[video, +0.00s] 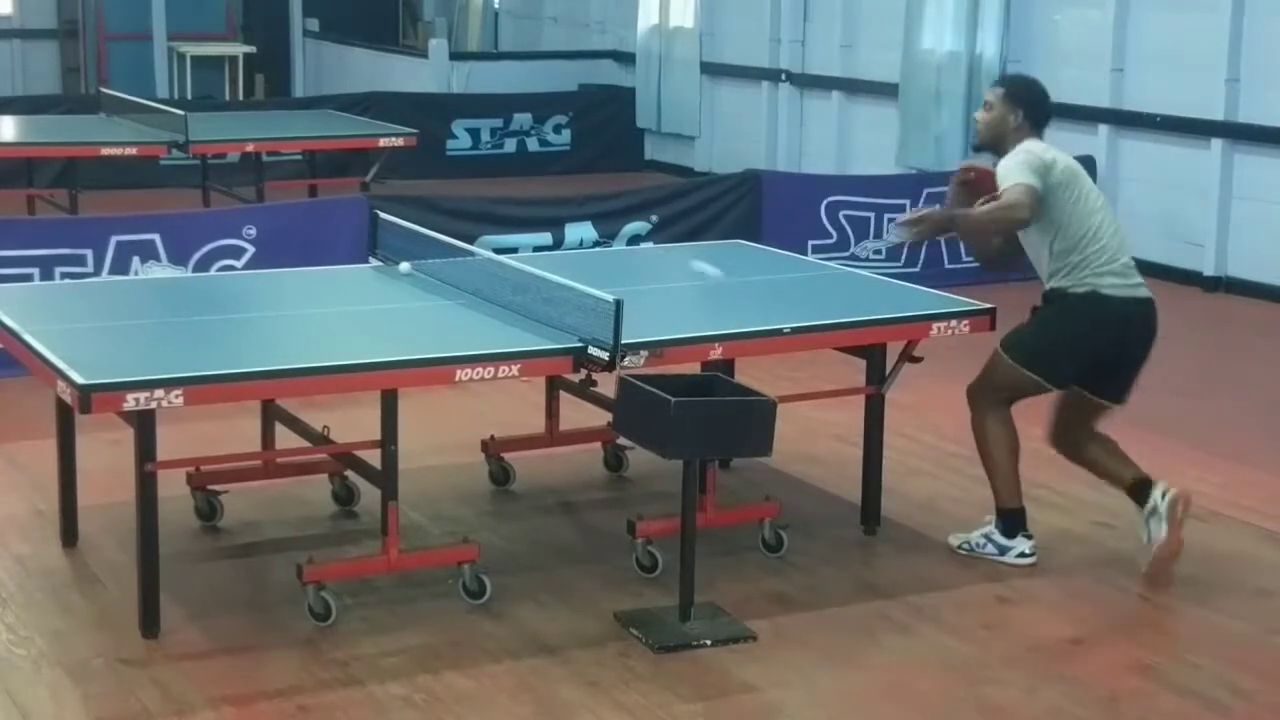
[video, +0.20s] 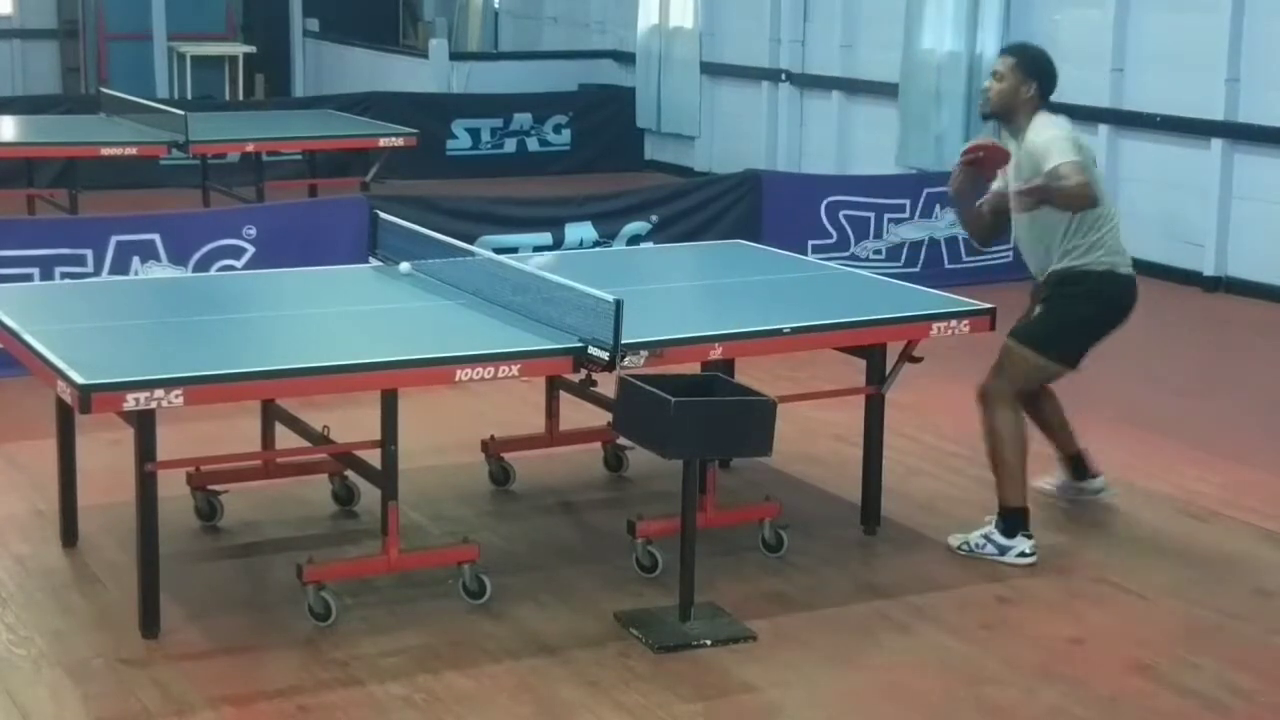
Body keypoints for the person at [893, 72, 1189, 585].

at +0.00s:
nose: (978, 116)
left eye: (987, 108)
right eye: (981, 107)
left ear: (1014, 116)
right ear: (1026, 121)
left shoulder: (1023, 157)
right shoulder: (1057, 167)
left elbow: (1019, 210)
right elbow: (990, 253)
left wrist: (945, 220)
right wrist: (964, 210)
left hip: (1086, 309)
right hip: (1135, 314)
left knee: (986, 396)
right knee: (1071, 432)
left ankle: (1010, 533)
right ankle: (1152, 498)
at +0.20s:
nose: (987, 85)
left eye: (998, 78)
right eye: (989, 77)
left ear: (1029, 89)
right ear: (1014, 90)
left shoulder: (1047, 132)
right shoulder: (1018, 153)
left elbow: (1084, 194)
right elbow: (984, 232)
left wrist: (1027, 196)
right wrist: (962, 198)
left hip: (1093, 280)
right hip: (1069, 280)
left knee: (997, 391)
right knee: (1022, 382)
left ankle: (1012, 529)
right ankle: (1081, 474)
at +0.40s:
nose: (1010, 41)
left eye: (1021, 33)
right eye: (1010, 32)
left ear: (1053, 44)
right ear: (1015, 44)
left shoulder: (1085, 101)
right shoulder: (1012, 106)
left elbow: (1146, 170)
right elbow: (1028, 185)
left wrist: (1093, 186)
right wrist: (1000, 172)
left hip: (1102, 240)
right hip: (1051, 243)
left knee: (1062, 353)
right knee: (1013, 341)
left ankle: (1102, 493)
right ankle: (1072, 444)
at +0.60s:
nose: (1024, 77)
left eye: (1035, 69)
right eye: (1024, 67)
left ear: (1068, 75)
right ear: (1034, 73)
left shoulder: (1113, 133)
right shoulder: (1025, 131)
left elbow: (1156, 204)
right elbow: (1029, 201)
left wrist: (1097, 230)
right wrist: (997, 206)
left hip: (1109, 269)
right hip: (1048, 265)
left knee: (1118, 383)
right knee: (1009, 346)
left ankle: (1198, 482)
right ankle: (1034, 432)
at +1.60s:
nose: (1100, 61)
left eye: (1112, 52)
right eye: (1101, 51)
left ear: (1144, 62)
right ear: (1106, 59)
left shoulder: (1183, 119)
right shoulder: (1102, 122)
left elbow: (1239, 186)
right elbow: (1103, 181)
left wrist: (1159, 211)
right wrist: (1072, 216)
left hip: (1193, 264)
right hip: (1134, 264)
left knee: (1185, 389)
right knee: (1102, 356)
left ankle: (1250, 503)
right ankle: (1087, 444)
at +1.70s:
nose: (1110, 22)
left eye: (1124, 15)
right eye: (1111, 13)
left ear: (1156, 28)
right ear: (1119, 26)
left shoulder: (1189, 84)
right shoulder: (1113, 85)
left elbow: (1253, 148)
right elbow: (1121, 155)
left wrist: (1173, 183)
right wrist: (1098, 197)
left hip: (1195, 237)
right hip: (1136, 238)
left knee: (1191, 369)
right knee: (1121, 346)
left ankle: (1247, 494)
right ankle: (1149, 460)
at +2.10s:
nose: (1108, 24)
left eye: (1123, 17)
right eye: (1107, 14)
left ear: (1156, 25)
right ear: (1105, 19)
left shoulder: (1191, 83)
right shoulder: (1097, 89)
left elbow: (1243, 159)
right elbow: (1100, 161)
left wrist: (1169, 190)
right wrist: (1087, 207)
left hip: (1184, 248)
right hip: (1125, 256)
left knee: (1165, 382)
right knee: (1158, 382)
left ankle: (1164, 529)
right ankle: (1218, 488)